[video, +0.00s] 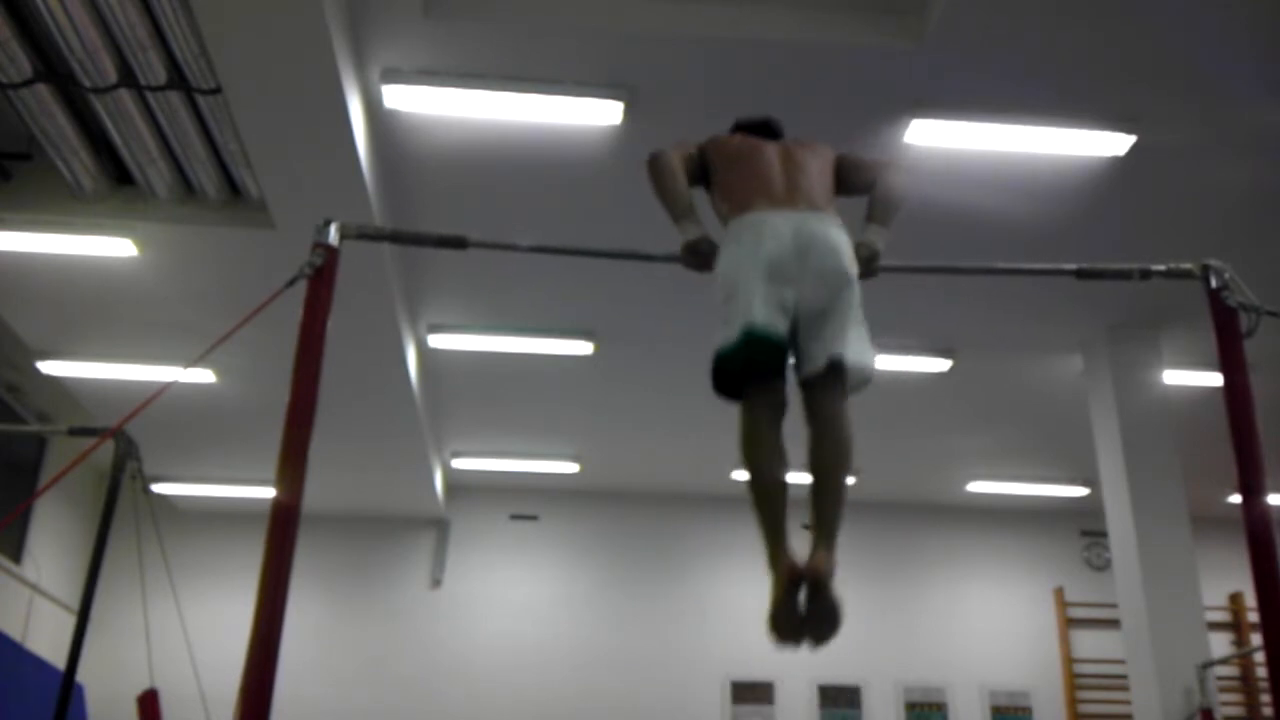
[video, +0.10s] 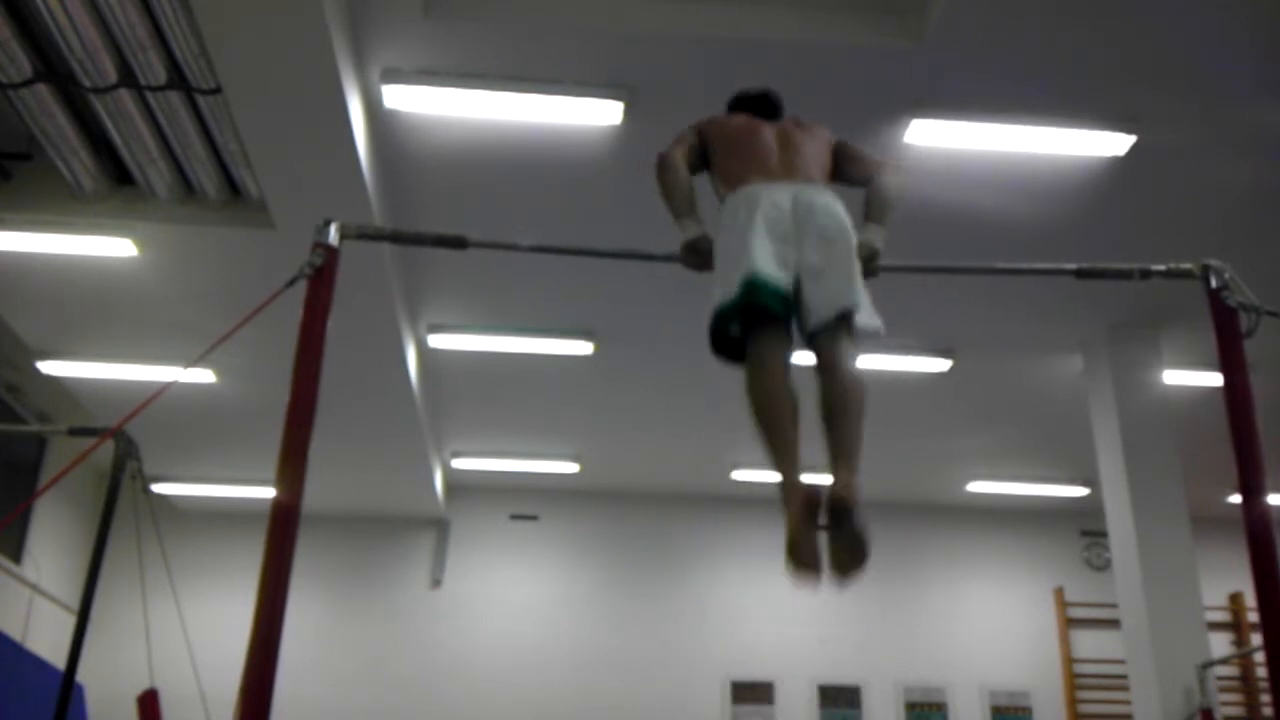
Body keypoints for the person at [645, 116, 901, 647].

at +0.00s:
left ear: (731, 139)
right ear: (784, 139)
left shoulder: (718, 148)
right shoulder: (819, 156)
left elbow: (663, 160)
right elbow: (887, 178)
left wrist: (690, 229)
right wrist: (873, 239)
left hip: (754, 238)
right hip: (826, 238)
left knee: (762, 408)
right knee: (829, 405)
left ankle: (782, 565)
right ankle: (824, 557)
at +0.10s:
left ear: (730, 115)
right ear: (786, 116)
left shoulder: (714, 128)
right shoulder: (819, 137)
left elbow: (671, 160)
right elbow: (882, 175)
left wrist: (690, 230)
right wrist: (872, 237)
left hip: (753, 205)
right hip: (824, 209)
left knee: (767, 353)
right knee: (837, 354)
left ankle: (794, 493)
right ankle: (845, 492)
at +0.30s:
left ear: (731, 71)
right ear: (780, 70)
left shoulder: (713, 86)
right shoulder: (818, 88)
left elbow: (695, 158)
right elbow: (847, 146)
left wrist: (694, 223)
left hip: (757, 127)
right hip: (828, 129)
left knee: (772, 237)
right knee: (841, 231)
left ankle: (804, 353)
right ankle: (849, 346)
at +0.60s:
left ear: (738, 102)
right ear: (792, 99)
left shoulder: (722, 112)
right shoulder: (824, 112)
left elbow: (682, 147)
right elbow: (871, 156)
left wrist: (691, 227)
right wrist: (877, 226)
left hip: (760, 178)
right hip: (838, 181)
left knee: (775, 310)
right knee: (848, 315)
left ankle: (807, 431)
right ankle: (858, 431)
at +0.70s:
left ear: (741, 131)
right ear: (795, 130)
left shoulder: (726, 142)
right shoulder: (826, 147)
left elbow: (678, 155)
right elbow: (890, 173)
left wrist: (692, 239)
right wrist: (873, 248)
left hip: (762, 244)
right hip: (837, 250)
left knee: (775, 379)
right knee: (849, 383)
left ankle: (805, 514)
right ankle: (857, 514)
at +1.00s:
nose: (759, 159)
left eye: (758, 149)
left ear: (757, 147)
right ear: (819, 147)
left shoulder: (736, 194)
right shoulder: (858, 201)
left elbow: (669, 280)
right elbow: (921, 289)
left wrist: (716, 237)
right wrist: (870, 240)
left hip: (760, 405)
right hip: (840, 405)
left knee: (756, 590)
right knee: (826, 587)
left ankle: (758, 717)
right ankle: (815, 718)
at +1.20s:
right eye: (811, 281)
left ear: (762, 287)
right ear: (825, 289)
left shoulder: (735, 348)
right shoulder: (857, 356)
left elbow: (676, 341)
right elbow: (896, 343)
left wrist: (688, 277)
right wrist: (880, 286)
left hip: (745, 573)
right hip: (823, 575)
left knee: (721, 711)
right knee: (835, 712)